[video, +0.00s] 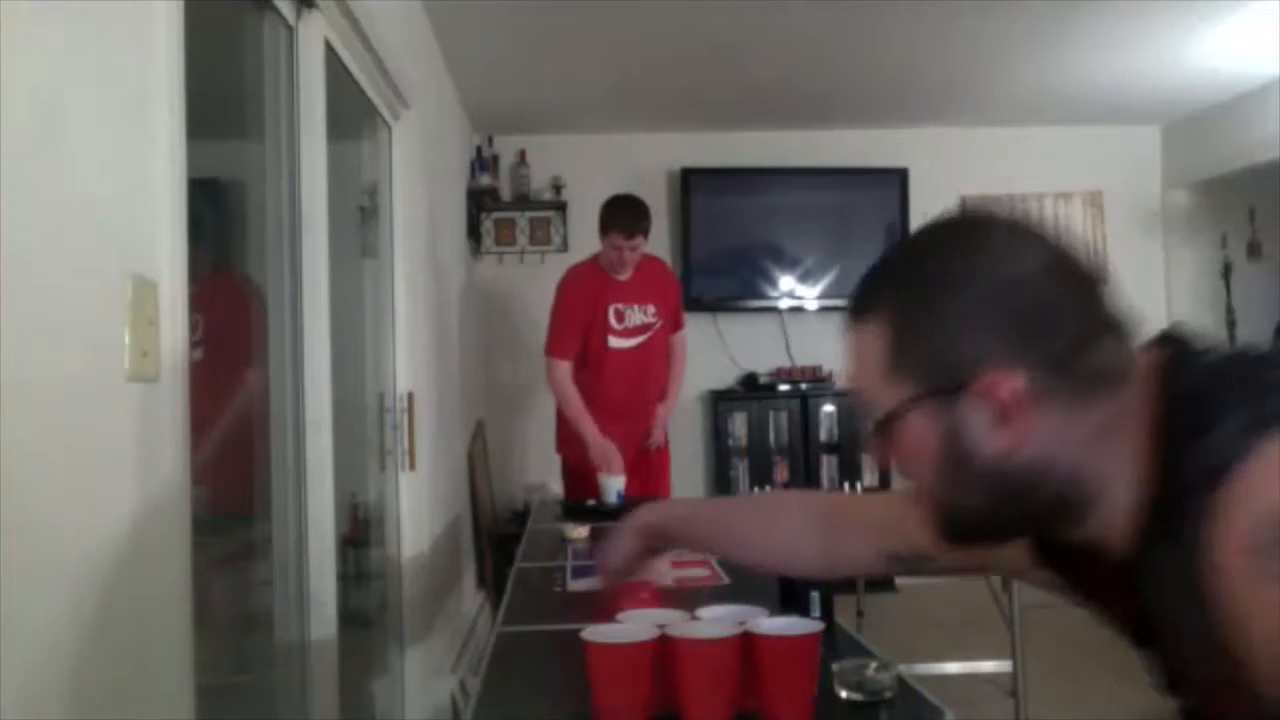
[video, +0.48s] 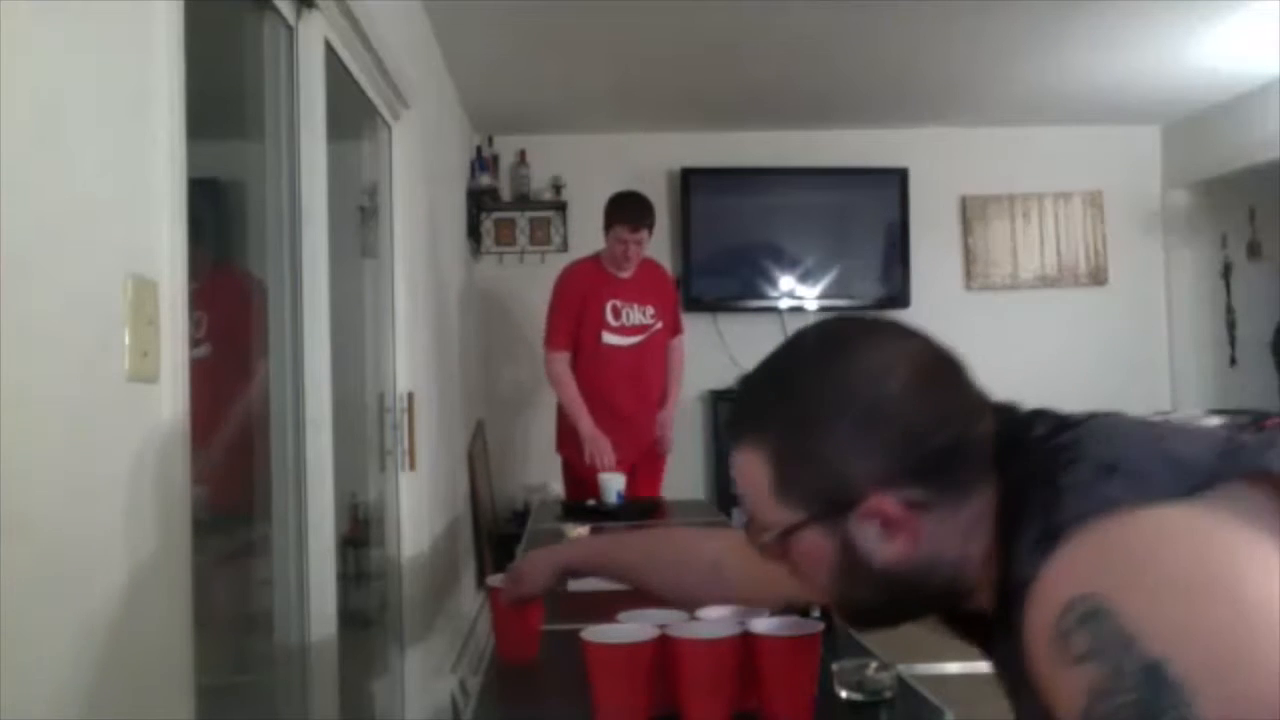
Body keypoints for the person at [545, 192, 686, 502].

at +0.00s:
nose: (625, 258)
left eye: (634, 249)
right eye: (616, 249)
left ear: (645, 242)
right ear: (602, 239)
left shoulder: (662, 277)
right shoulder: (578, 283)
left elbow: (677, 341)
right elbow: (558, 370)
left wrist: (667, 406)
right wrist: (594, 441)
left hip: (648, 440)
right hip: (590, 444)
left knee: (650, 540)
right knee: (595, 544)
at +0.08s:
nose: (625, 258)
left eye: (634, 249)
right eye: (616, 248)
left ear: (645, 242)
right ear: (602, 239)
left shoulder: (659, 276)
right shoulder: (576, 283)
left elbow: (678, 340)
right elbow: (551, 366)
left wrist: (667, 402)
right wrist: (590, 427)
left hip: (649, 441)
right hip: (590, 446)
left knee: (657, 540)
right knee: (598, 545)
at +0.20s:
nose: (626, 258)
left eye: (635, 250)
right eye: (617, 248)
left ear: (646, 243)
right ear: (603, 238)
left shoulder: (658, 278)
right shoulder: (573, 282)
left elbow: (679, 338)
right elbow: (546, 360)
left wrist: (668, 399)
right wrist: (586, 414)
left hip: (649, 438)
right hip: (591, 442)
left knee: (659, 538)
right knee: (598, 544)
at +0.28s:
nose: (626, 258)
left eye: (636, 249)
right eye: (618, 247)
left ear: (647, 243)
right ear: (604, 237)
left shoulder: (659, 279)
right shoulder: (573, 280)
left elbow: (679, 339)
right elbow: (548, 358)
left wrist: (669, 399)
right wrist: (586, 417)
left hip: (649, 435)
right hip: (592, 438)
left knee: (654, 537)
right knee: (597, 539)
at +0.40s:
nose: (629, 254)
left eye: (638, 245)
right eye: (621, 244)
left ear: (648, 240)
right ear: (605, 235)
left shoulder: (660, 280)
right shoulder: (575, 279)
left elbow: (677, 342)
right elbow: (554, 360)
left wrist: (668, 404)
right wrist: (586, 428)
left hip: (647, 440)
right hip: (590, 440)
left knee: (646, 539)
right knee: (594, 543)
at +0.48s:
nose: (629, 252)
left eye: (638, 243)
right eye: (621, 242)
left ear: (649, 239)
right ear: (606, 235)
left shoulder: (660, 280)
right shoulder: (576, 280)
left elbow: (674, 345)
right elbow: (557, 362)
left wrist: (669, 410)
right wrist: (588, 431)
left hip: (646, 441)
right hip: (590, 442)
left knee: (643, 544)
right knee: (593, 544)